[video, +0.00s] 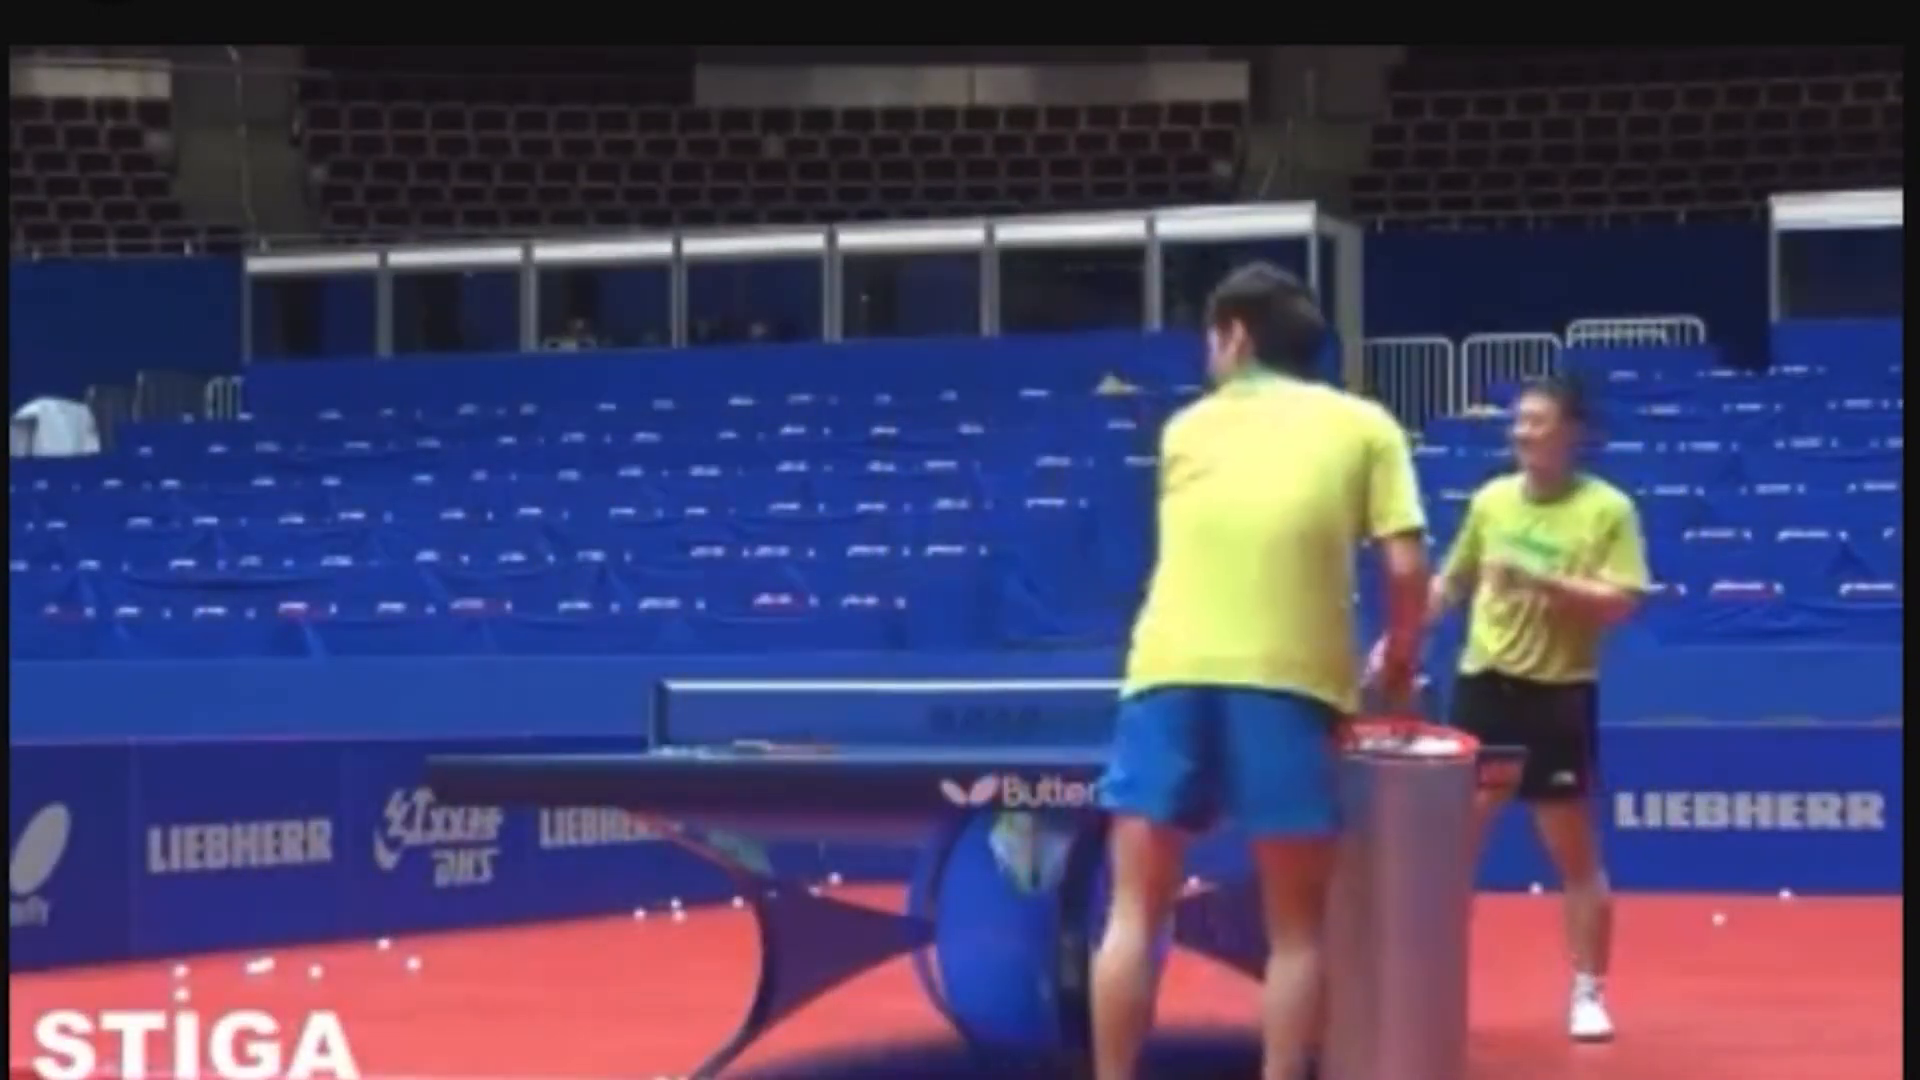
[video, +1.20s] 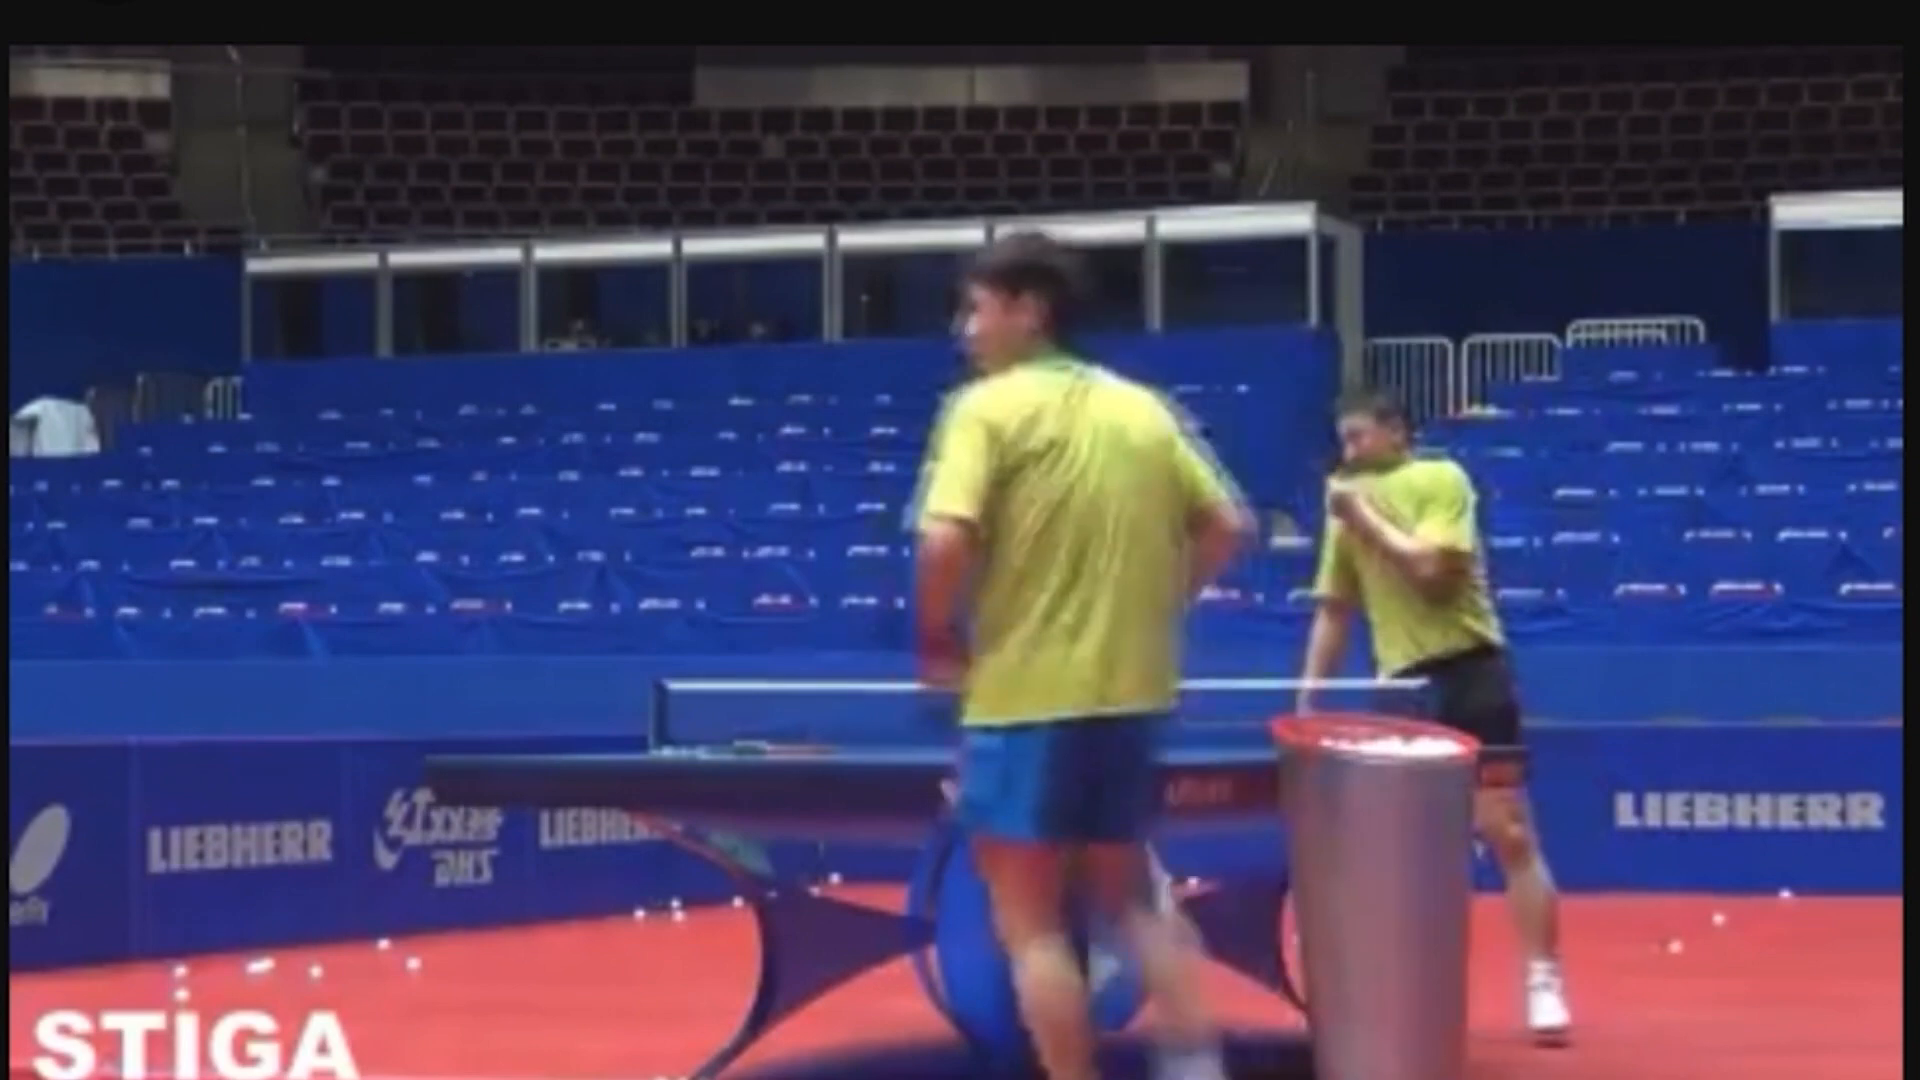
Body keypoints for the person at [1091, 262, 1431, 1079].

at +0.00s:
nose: (1208, 356)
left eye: (1212, 340)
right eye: (1209, 341)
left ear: (1235, 338)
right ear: (1305, 345)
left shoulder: (1188, 426)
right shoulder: (1365, 424)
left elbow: (1192, 557)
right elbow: (1406, 568)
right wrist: (1397, 665)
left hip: (1165, 674)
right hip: (1285, 681)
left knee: (1134, 909)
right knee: (1293, 927)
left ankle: (1112, 1072)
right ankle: (1283, 1073)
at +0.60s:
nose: (1188, 365)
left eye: (1195, 347)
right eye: (1188, 348)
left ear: (1236, 340)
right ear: (1288, 346)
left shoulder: (1184, 427)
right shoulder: (1373, 423)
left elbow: (1199, 553)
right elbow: (1416, 563)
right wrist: (1396, 693)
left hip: (1187, 676)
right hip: (1310, 688)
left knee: (1133, 904)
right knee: (1302, 932)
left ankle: (1096, 1071)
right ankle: (1285, 1073)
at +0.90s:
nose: (1098, 342)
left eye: (1108, 323)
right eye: (1099, 323)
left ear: (1153, 320)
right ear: (1182, 324)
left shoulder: (1102, 417)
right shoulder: (1288, 411)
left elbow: (1064, 570)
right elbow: (1367, 524)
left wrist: (1136, 630)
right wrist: (1333, 611)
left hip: (1136, 692)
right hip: (1262, 693)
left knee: (1087, 909)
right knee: (1268, 904)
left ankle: (1089, 1071)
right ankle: (1279, 1071)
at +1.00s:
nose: (1052, 338)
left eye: (1063, 319)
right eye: (1053, 320)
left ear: (1108, 317)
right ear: (1133, 322)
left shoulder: (1058, 417)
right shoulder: (1239, 409)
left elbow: (1011, 561)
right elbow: (1322, 528)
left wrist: (1060, 631)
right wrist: (1261, 592)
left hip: (1100, 695)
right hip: (1226, 694)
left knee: (1064, 909)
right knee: (1245, 900)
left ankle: (1080, 1070)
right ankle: (1271, 1070)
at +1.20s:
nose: (966, 328)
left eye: (979, 309)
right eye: (967, 309)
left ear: (1028, 311)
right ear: (1043, 316)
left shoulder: (986, 408)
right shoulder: (1140, 407)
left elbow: (944, 537)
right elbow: (1226, 525)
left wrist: (934, 636)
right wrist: (1156, 601)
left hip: (1027, 699)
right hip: (1133, 695)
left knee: (1032, 926)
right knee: (1129, 893)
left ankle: (1073, 1070)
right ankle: (1195, 1060)